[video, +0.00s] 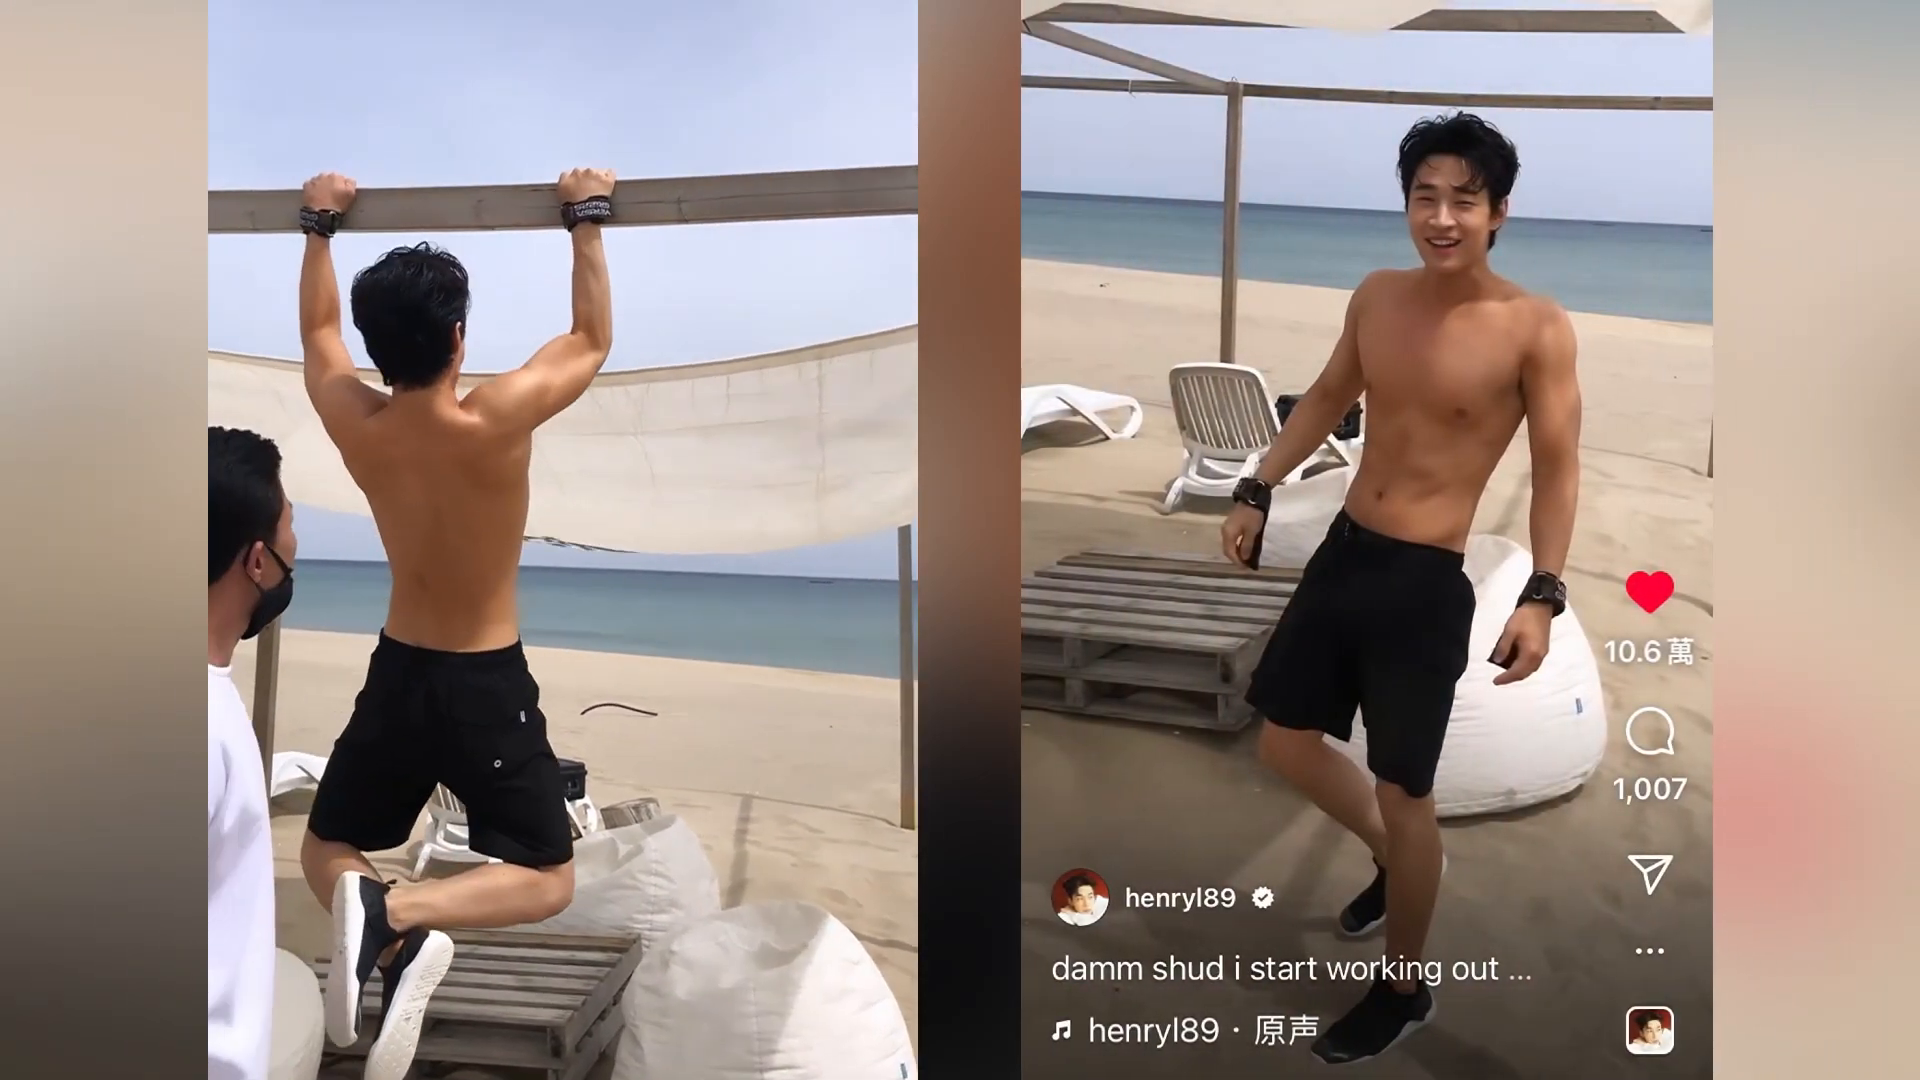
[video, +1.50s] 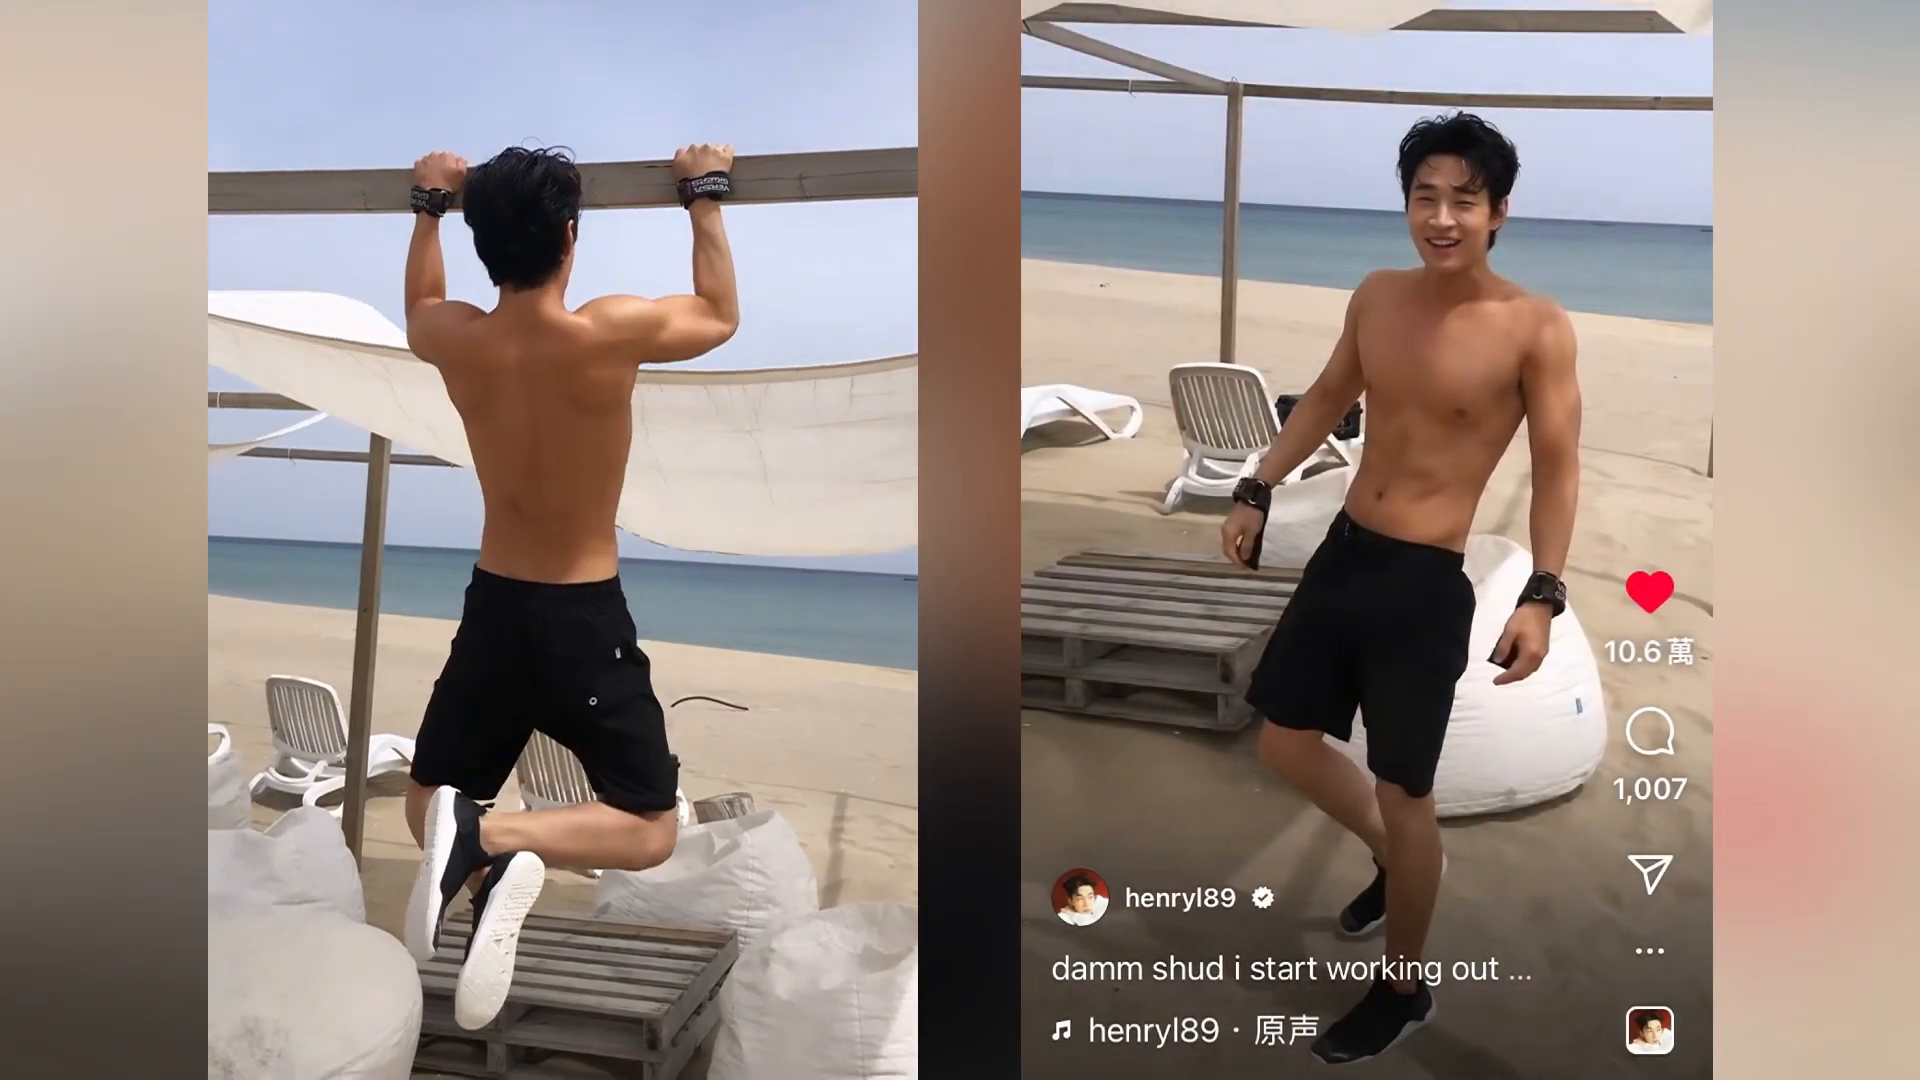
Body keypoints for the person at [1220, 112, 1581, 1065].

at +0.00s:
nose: (1440, 216)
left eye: (1462, 198)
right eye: (1425, 197)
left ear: (1498, 210)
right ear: (1406, 208)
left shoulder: (1534, 327)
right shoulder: (1378, 297)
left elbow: (1556, 468)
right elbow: (1330, 397)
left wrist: (1540, 595)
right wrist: (1256, 484)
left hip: (1427, 579)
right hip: (1345, 554)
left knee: (1402, 798)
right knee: (1284, 742)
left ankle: (1402, 982)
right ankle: (1398, 847)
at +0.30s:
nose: (1440, 216)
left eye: (1462, 198)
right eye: (1424, 197)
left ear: (1498, 210)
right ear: (1406, 208)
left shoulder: (1534, 328)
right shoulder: (1378, 297)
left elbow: (1556, 468)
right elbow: (1329, 398)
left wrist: (1540, 595)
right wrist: (1256, 484)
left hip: (1427, 579)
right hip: (1345, 554)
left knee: (1402, 799)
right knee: (1284, 742)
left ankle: (1402, 981)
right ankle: (1398, 847)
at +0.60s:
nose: (1440, 216)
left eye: (1462, 198)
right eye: (1424, 197)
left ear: (1498, 210)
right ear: (1406, 208)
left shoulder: (1534, 328)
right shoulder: (1378, 297)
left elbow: (1556, 468)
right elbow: (1329, 398)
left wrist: (1540, 595)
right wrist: (1256, 484)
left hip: (1427, 579)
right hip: (1345, 554)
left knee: (1402, 799)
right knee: (1284, 742)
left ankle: (1402, 981)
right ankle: (1398, 847)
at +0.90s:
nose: (1440, 216)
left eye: (1462, 198)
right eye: (1424, 197)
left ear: (1498, 210)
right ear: (1406, 208)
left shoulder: (1534, 328)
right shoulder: (1378, 297)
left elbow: (1556, 468)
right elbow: (1329, 398)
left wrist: (1540, 595)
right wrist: (1256, 484)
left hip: (1427, 579)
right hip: (1345, 554)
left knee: (1402, 799)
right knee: (1284, 742)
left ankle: (1402, 981)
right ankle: (1398, 847)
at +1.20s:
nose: (1440, 216)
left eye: (1462, 198)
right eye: (1424, 197)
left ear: (1498, 210)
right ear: (1406, 208)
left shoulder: (1534, 328)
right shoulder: (1378, 297)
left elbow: (1556, 468)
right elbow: (1329, 398)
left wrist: (1540, 595)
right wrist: (1256, 484)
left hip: (1427, 579)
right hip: (1345, 554)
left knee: (1402, 799)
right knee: (1284, 742)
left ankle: (1402, 981)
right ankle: (1398, 847)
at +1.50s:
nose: (1440, 216)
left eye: (1462, 198)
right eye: (1424, 197)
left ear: (1498, 210)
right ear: (1406, 208)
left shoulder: (1534, 328)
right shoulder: (1378, 297)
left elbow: (1556, 468)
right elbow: (1329, 398)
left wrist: (1540, 595)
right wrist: (1256, 484)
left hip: (1427, 579)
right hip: (1345, 554)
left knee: (1402, 799)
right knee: (1284, 742)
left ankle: (1402, 981)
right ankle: (1398, 847)